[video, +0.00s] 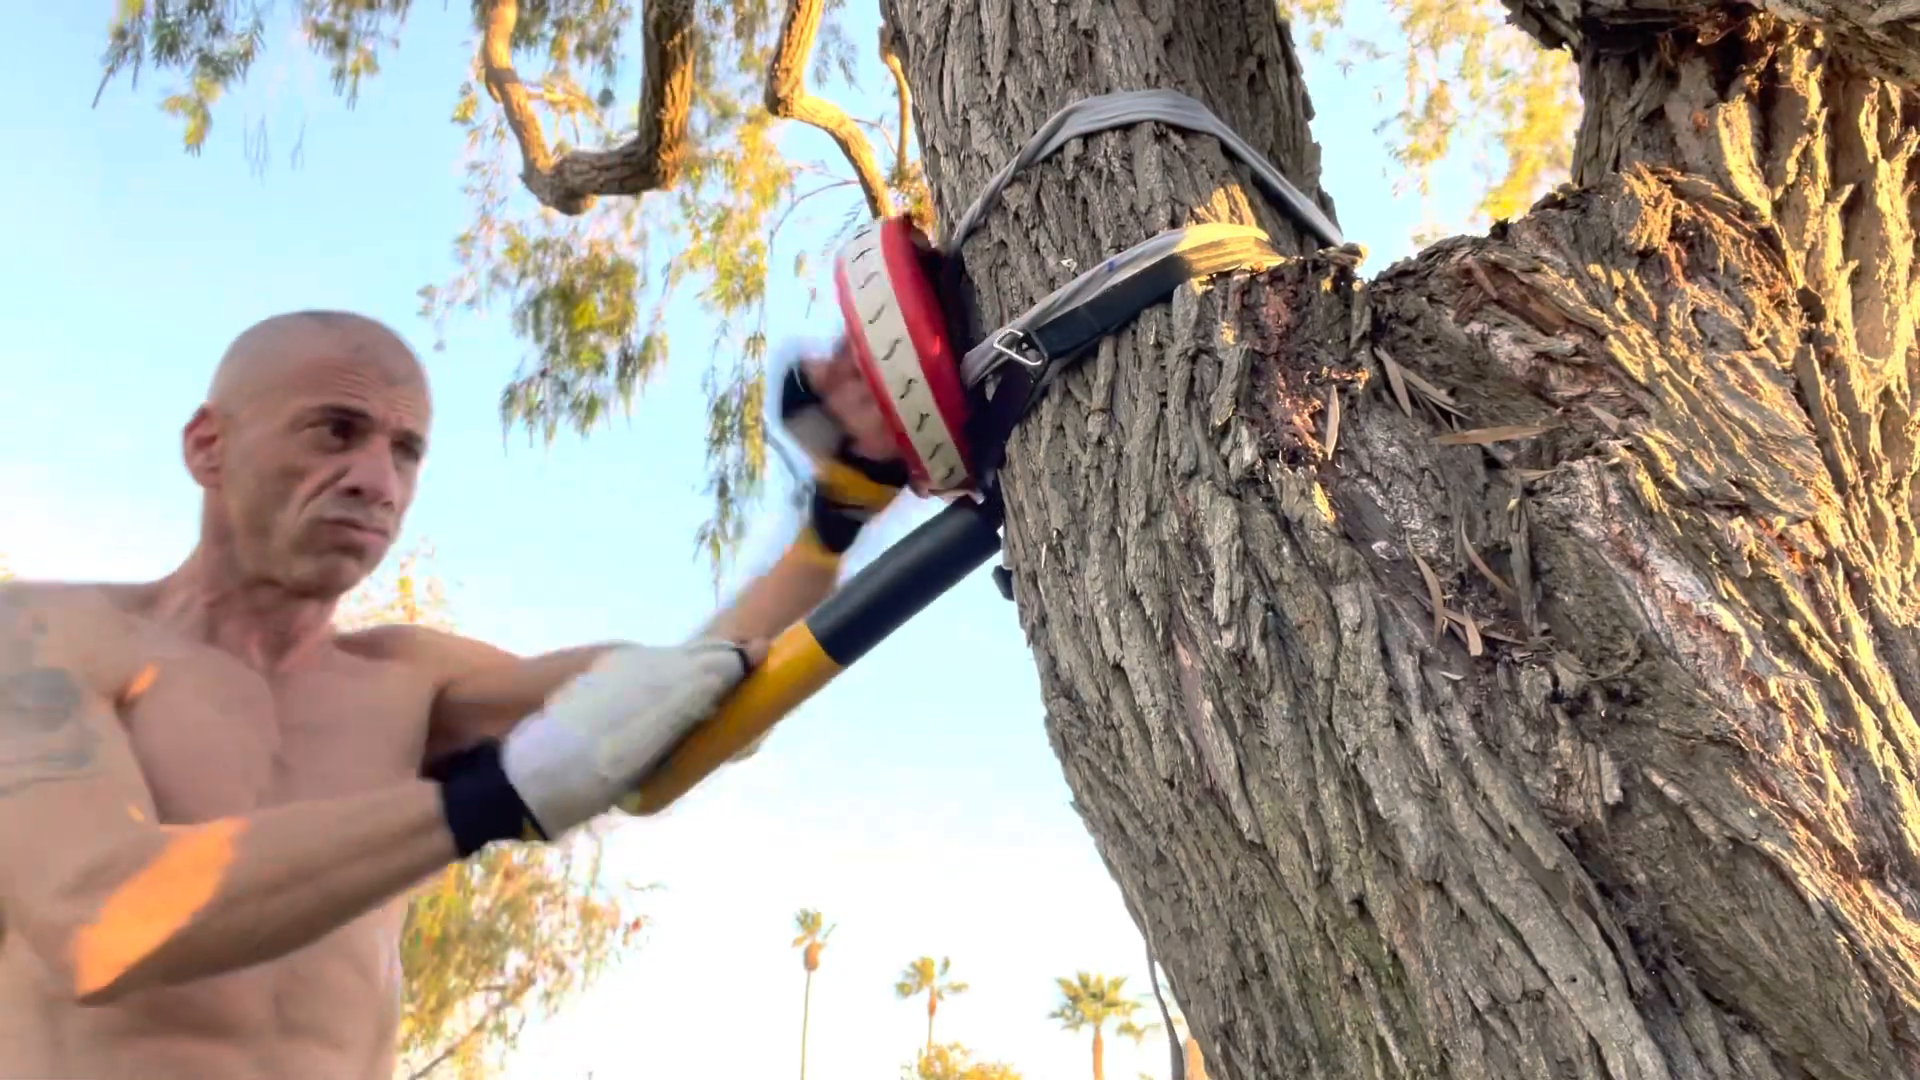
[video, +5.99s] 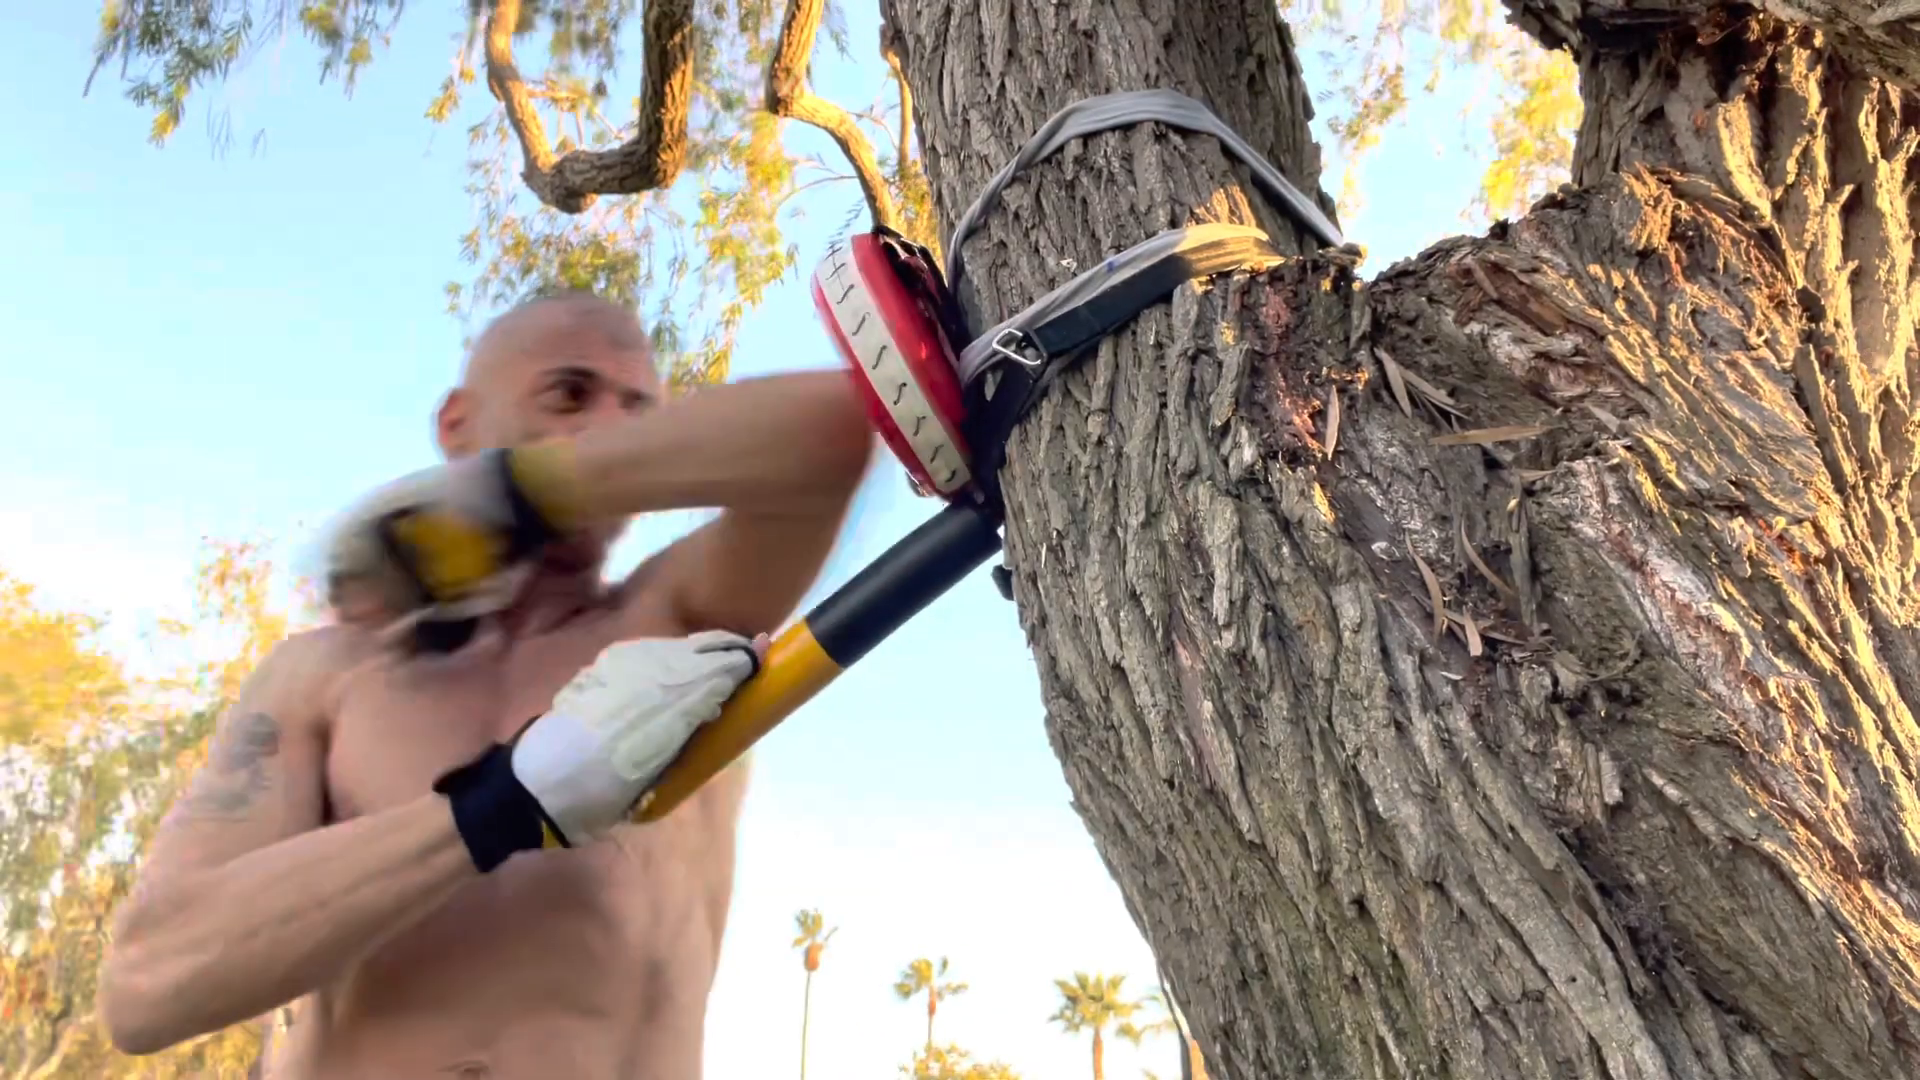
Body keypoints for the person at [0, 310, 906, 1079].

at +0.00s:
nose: (377, 480)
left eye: (404, 453)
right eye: (336, 430)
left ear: (418, 484)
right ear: (210, 449)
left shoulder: (412, 675)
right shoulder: (47, 638)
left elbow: (675, 716)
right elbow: (109, 927)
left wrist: (838, 514)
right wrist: (500, 792)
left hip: (340, 1062)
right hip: (96, 1065)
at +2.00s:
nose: (775, 471)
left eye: (780, 445)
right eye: (729, 428)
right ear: (630, 426)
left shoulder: (722, 744)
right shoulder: (522, 534)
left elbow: (820, 1009)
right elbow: (804, 366)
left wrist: (799, 761)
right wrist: (883, 569)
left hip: (634, 1057)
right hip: (411, 1049)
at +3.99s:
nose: (333, 466)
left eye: (359, 441)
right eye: (290, 416)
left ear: (367, 474)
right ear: (152, 430)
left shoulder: (369, 662)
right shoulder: (27, 630)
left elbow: (655, 681)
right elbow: (44, 882)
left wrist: (806, 496)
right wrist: (461, 747)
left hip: (327, 1063)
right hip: (76, 1065)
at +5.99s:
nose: (608, 434)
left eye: (636, 412)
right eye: (565, 396)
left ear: (668, 439)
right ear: (458, 427)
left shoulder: (677, 619)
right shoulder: (320, 671)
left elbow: (835, 425)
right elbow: (144, 985)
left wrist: (509, 494)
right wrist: (510, 800)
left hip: (616, 1057)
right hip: (366, 1060)